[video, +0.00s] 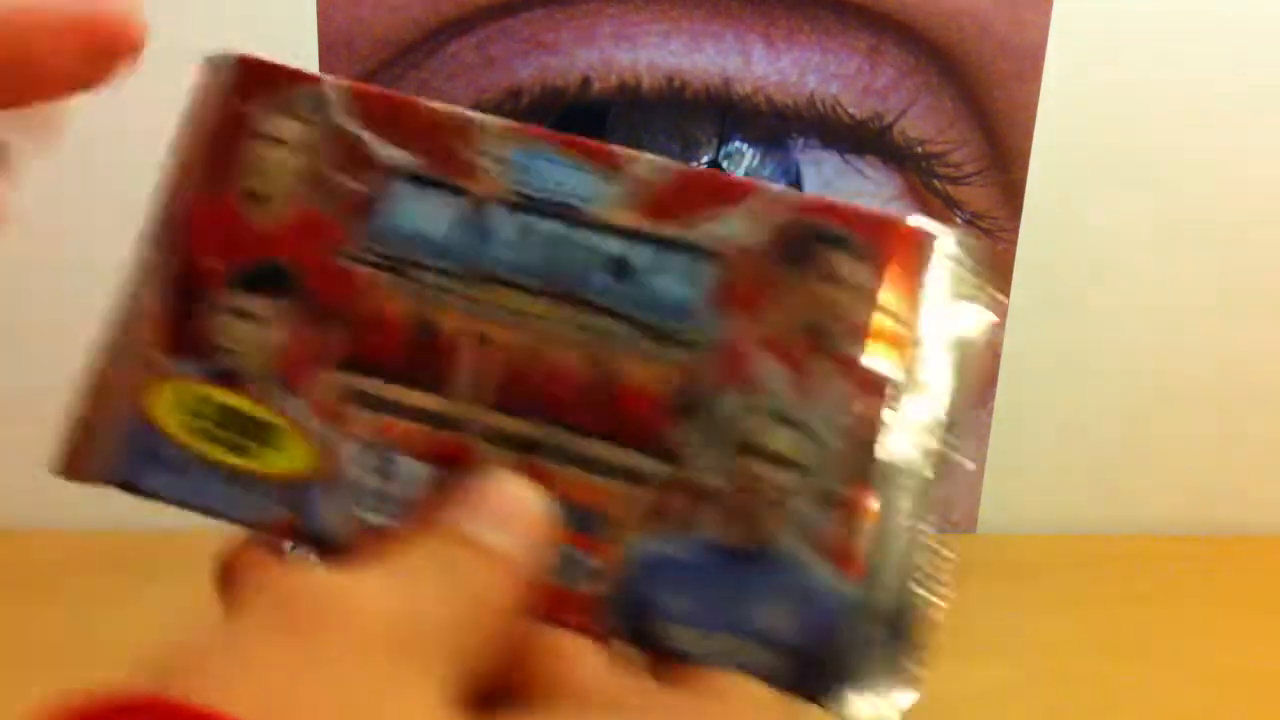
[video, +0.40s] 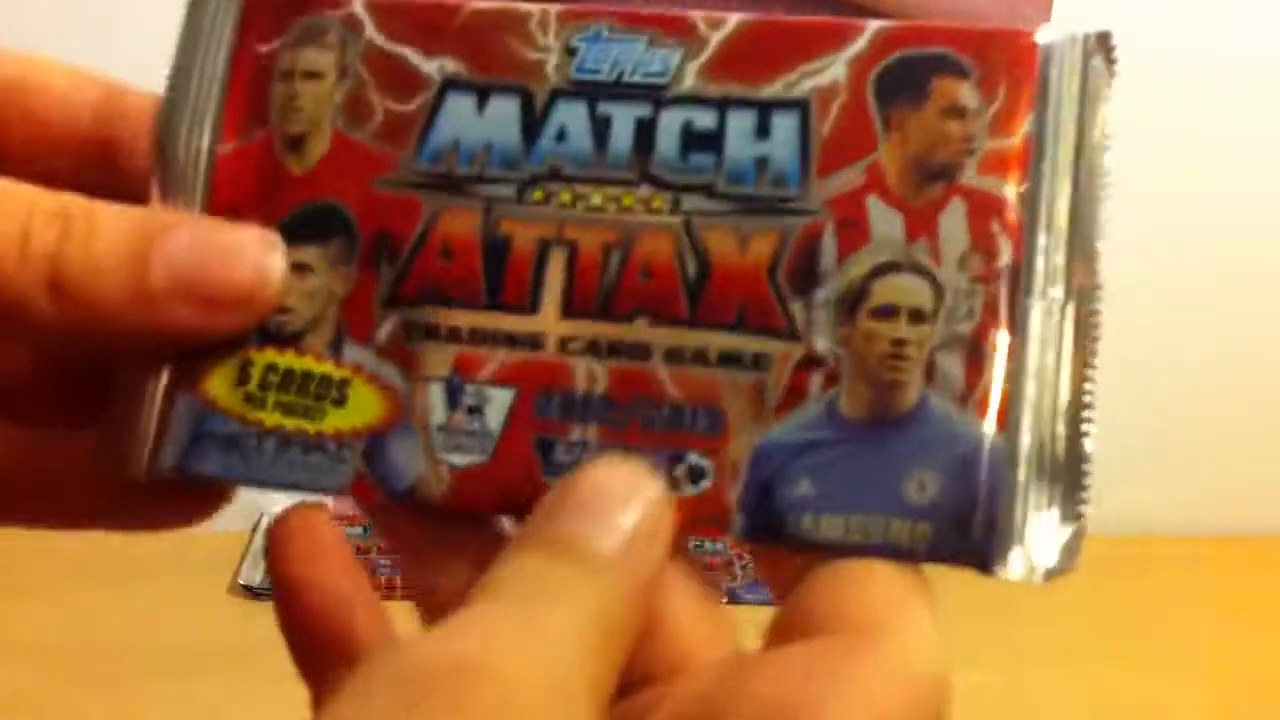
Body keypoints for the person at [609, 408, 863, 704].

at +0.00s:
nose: (764, 482)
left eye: (782, 470)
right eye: (753, 465)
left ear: (801, 493)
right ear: (730, 475)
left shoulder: (828, 603)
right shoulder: (653, 565)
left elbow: (813, 709)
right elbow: (618, 672)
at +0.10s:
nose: (859, 473)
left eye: (879, 459)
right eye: (848, 453)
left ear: (892, 474)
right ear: (815, 460)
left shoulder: (904, 582)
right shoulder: (734, 560)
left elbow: (899, 685)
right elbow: (709, 649)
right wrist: (738, 707)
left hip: (850, 714)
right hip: (755, 710)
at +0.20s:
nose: (892, 388)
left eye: (907, 373)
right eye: (877, 369)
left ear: (923, 387)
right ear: (842, 379)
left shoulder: (961, 500)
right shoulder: (774, 491)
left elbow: (974, 619)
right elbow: (749, 607)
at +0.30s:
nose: (908, 339)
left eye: (922, 323)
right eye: (891, 320)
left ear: (938, 335)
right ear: (854, 333)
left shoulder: (991, 451)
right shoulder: (793, 455)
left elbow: (1006, 578)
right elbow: (777, 576)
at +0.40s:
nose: (902, 335)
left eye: (918, 319)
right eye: (885, 315)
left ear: (934, 335)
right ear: (846, 330)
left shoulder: (978, 460)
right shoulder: (776, 454)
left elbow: (990, 594)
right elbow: (750, 581)